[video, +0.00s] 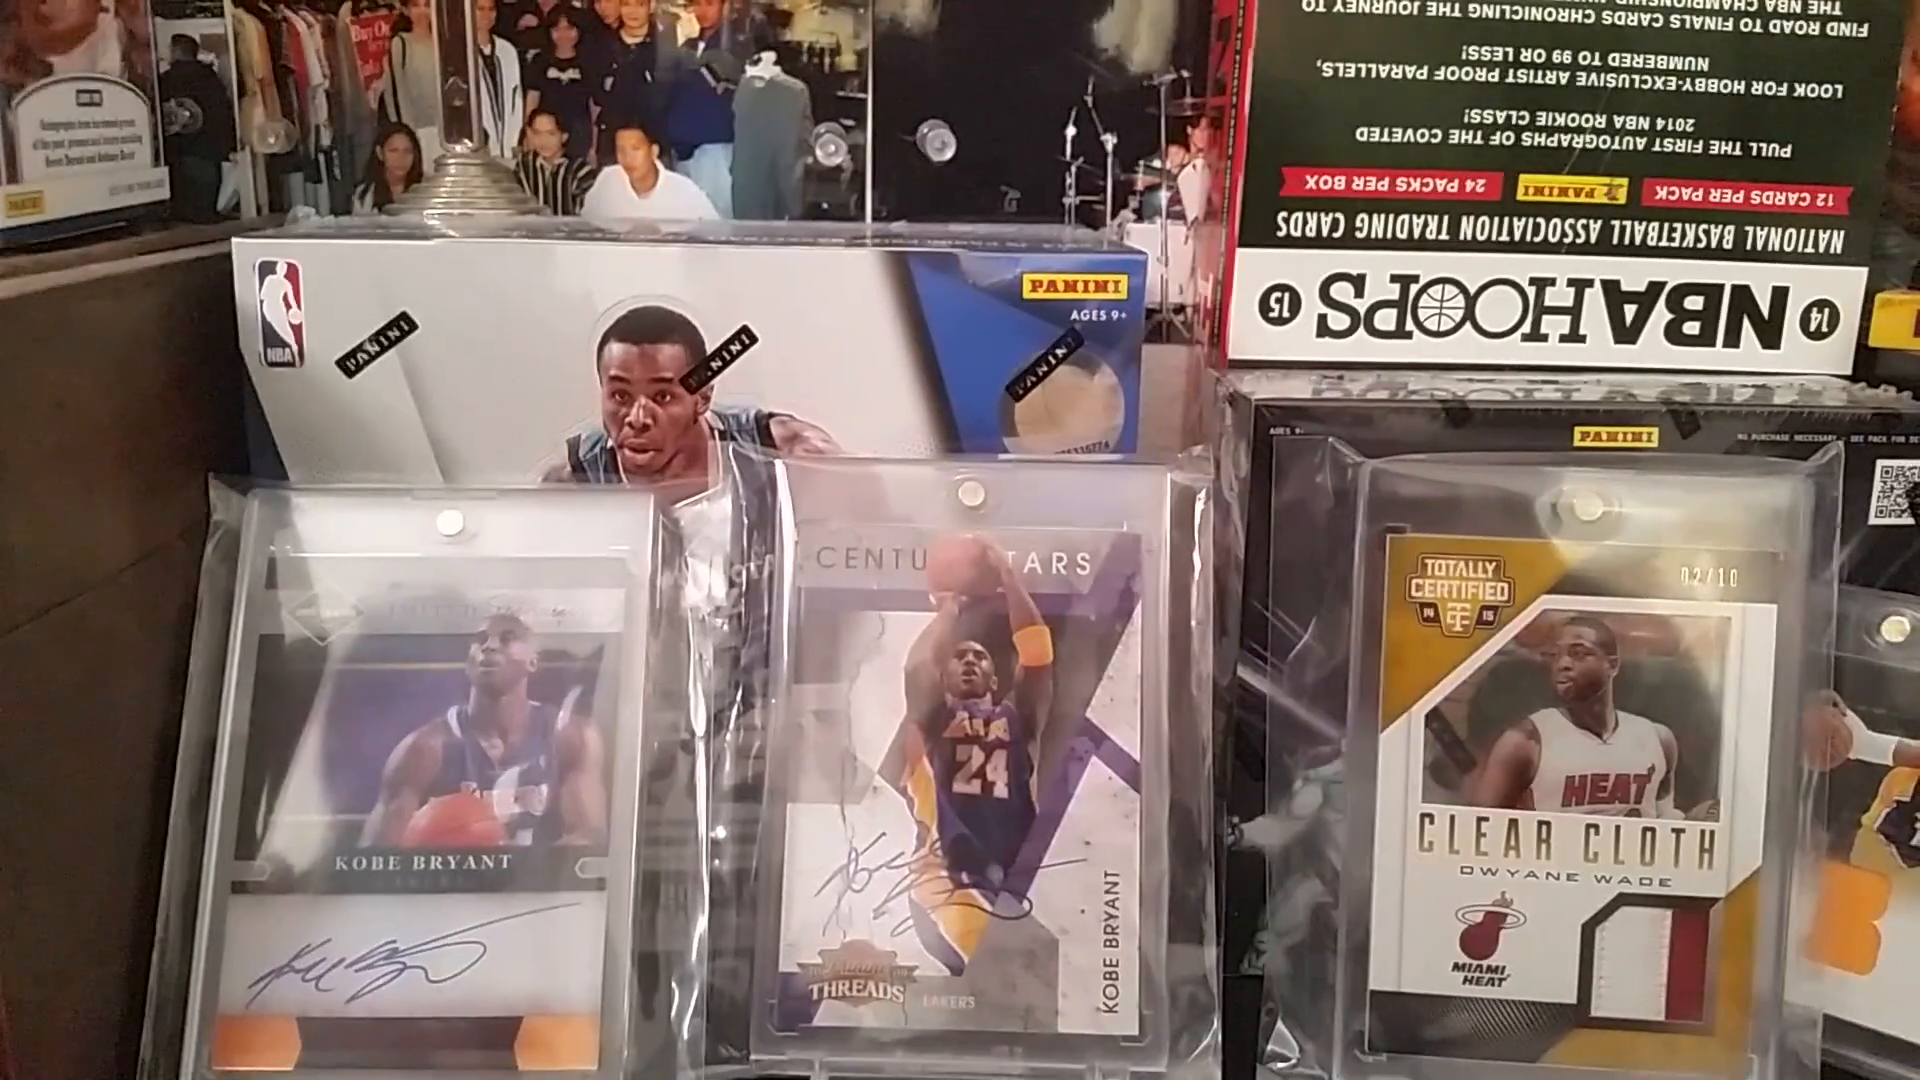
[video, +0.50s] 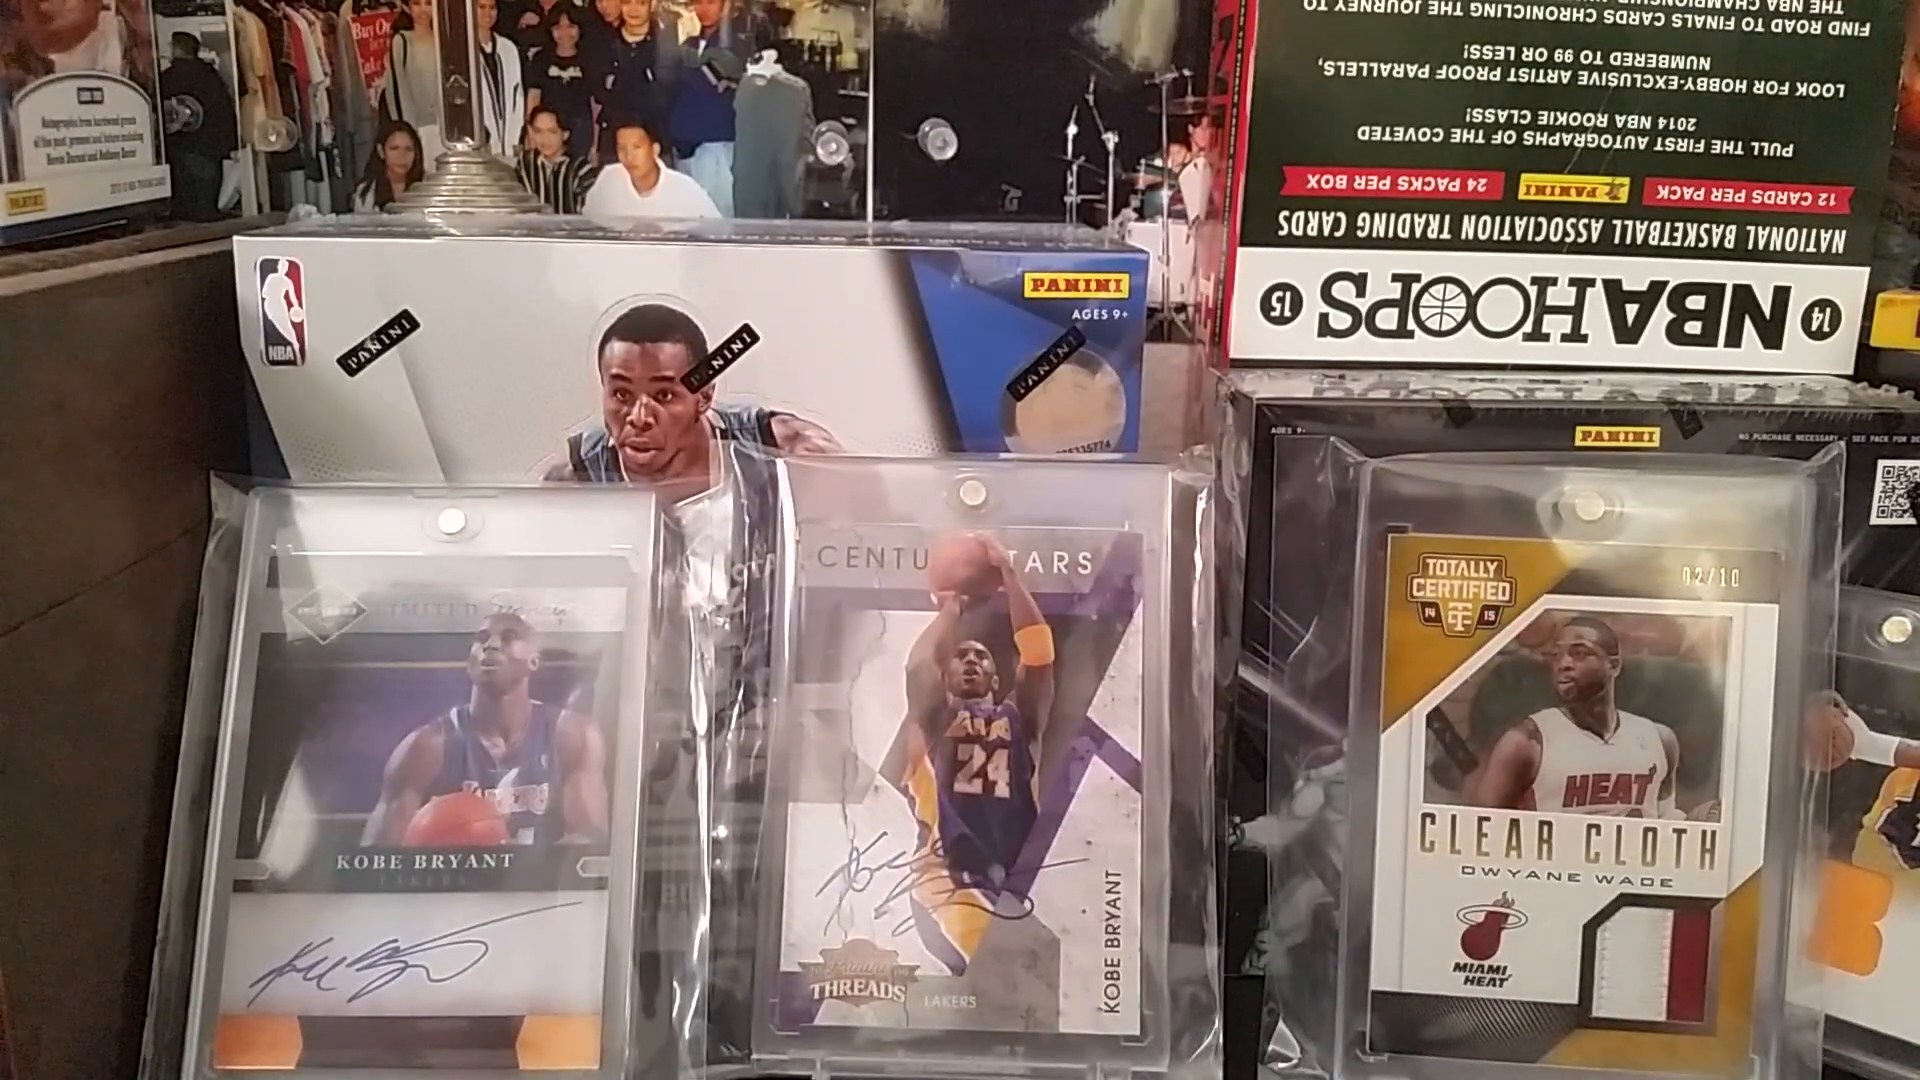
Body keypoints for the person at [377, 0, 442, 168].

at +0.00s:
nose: (422, 10)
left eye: (426, 5)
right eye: (416, 5)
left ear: (432, 9)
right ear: (405, 10)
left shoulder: (439, 39)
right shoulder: (400, 42)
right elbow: (398, 84)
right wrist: (406, 124)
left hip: (443, 117)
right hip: (417, 120)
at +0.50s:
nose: (423, 9)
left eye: (428, 3)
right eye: (417, 4)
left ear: (434, 7)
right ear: (407, 8)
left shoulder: (441, 37)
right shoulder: (401, 40)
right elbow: (400, 83)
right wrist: (408, 123)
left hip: (445, 115)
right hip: (418, 118)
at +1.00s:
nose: (423, 9)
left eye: (428, 3)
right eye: (417, 4)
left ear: (434, 7)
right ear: (407, 8)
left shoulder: (441, 38)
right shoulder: (401, 40)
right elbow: (399, 84)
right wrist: (407, 125)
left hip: (446, 117)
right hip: (419, 120)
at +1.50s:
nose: (424, 10)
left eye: (429, 4)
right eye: (417, 4)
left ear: (435, 7)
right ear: (408, 8)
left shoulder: (442, 38)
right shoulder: (402, 40)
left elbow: (452, 77)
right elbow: (401, 84)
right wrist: (409, 124)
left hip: (445, 117)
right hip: (419, 120)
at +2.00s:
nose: (424, 10)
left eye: (429, 4)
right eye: (418, 4)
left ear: (436, 7)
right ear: (408, 8)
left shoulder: (443, 38)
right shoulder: (402, 40)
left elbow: (453, 77)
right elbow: (401, 84)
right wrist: (410, 125)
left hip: (447, 117)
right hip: (420, 120)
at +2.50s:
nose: (425, 10)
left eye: (429, 4)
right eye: (418, 5)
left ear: (435, 7)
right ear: (409, 9)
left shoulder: (443, 38)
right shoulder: (402, 41)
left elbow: (453, 77)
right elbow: (402, 85)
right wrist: (410, 125)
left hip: (446, 116)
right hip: (420, 119)